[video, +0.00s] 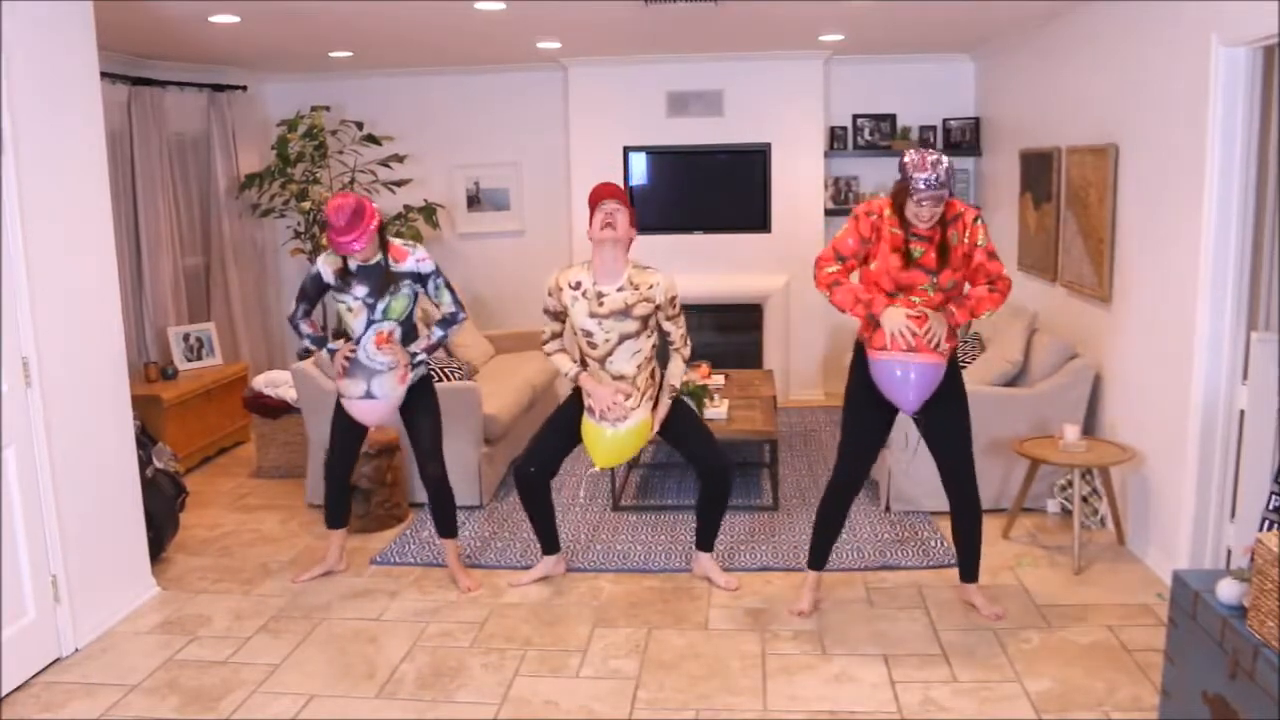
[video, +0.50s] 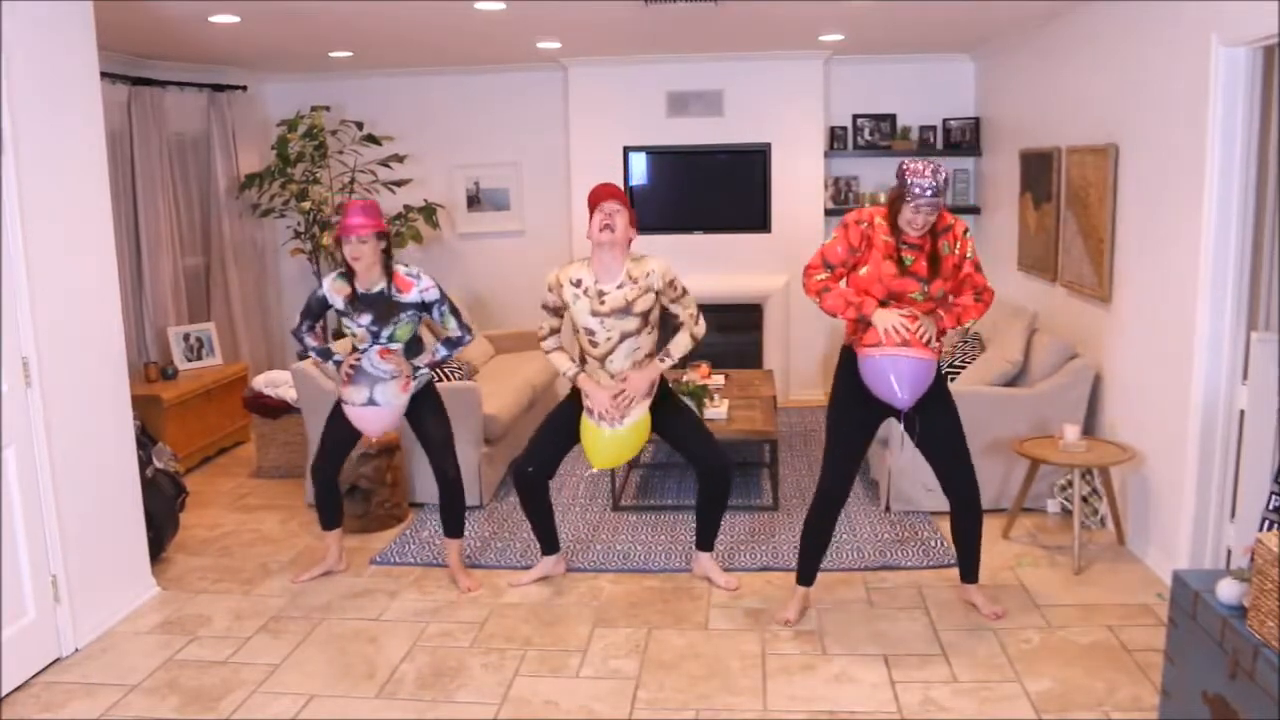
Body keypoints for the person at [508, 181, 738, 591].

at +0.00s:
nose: (607, 214)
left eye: (618, 212)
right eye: (600, 212)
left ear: (632, 233)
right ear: (588, 231)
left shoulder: (655, 284)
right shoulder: (565, 284)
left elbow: (680, 349)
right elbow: (552, 345)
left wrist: (662, 406)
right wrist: (588, 383)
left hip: (652, 393)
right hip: (590, 395)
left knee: (717, 466)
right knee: (529, 470)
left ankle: (704, 554)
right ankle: (552, 556)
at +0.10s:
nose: (606, 220)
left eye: (617, 218)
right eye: (600, 217)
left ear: (632, 240)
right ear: (588, 236)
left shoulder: (654, 288)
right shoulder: (563, 289)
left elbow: (676, 353)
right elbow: (554, 350)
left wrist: (660, 411)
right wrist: (589, 389)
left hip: (651, 396)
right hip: (589, 398)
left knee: (718, 466)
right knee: (526, 472)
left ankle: (704, 555)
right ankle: (551, 556)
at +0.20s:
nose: (607, 223)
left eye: (617, 221)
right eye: (600, 220)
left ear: (633, 243)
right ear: (588, 239)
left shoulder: (653, 290)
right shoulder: (562, 291)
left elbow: (675, 355)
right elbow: (553, 354)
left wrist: (659, 416)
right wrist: (590, 394)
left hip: (650, 399)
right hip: (588, 401)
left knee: (718, 466)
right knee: (525, 472)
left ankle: (704, 555)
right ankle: (551, 556)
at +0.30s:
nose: (607, 226)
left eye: (618, 225)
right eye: (600, 224)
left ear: (633, 247)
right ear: (589, 243)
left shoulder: (653, 293)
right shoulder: (563, 295)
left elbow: (678, 352)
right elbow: (554, 356)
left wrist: (663, 413)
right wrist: (589, 399)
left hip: (650, 402)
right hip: (588, 403)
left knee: (718, 468)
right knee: (524, 473)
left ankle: (704, 554)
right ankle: (552, 556)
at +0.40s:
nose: (607, 225)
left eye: (618, 224)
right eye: (600, 223)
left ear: (633, 246)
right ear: (589, 242)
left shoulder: (653, 290)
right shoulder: (563, 293)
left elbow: (687, 339)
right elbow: (553, 354)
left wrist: (656, 396)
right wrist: (589, 396)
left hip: (648, 400)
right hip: (588, 401)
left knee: (718, 467)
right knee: (524, 473)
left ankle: (704, 555)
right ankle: (551, 556)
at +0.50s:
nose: (604, 216)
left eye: (615, 212)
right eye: (598, 213)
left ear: (632, 232)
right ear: (587, 230)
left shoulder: (655, 273)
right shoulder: (564, 281)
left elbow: (694, 323)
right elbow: (549, 340)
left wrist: (653, 370)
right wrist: (586, 384)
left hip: (648, 392)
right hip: (588, 394)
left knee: (716, 464)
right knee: (527, 471)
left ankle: (704, 556)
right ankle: (551, 556)